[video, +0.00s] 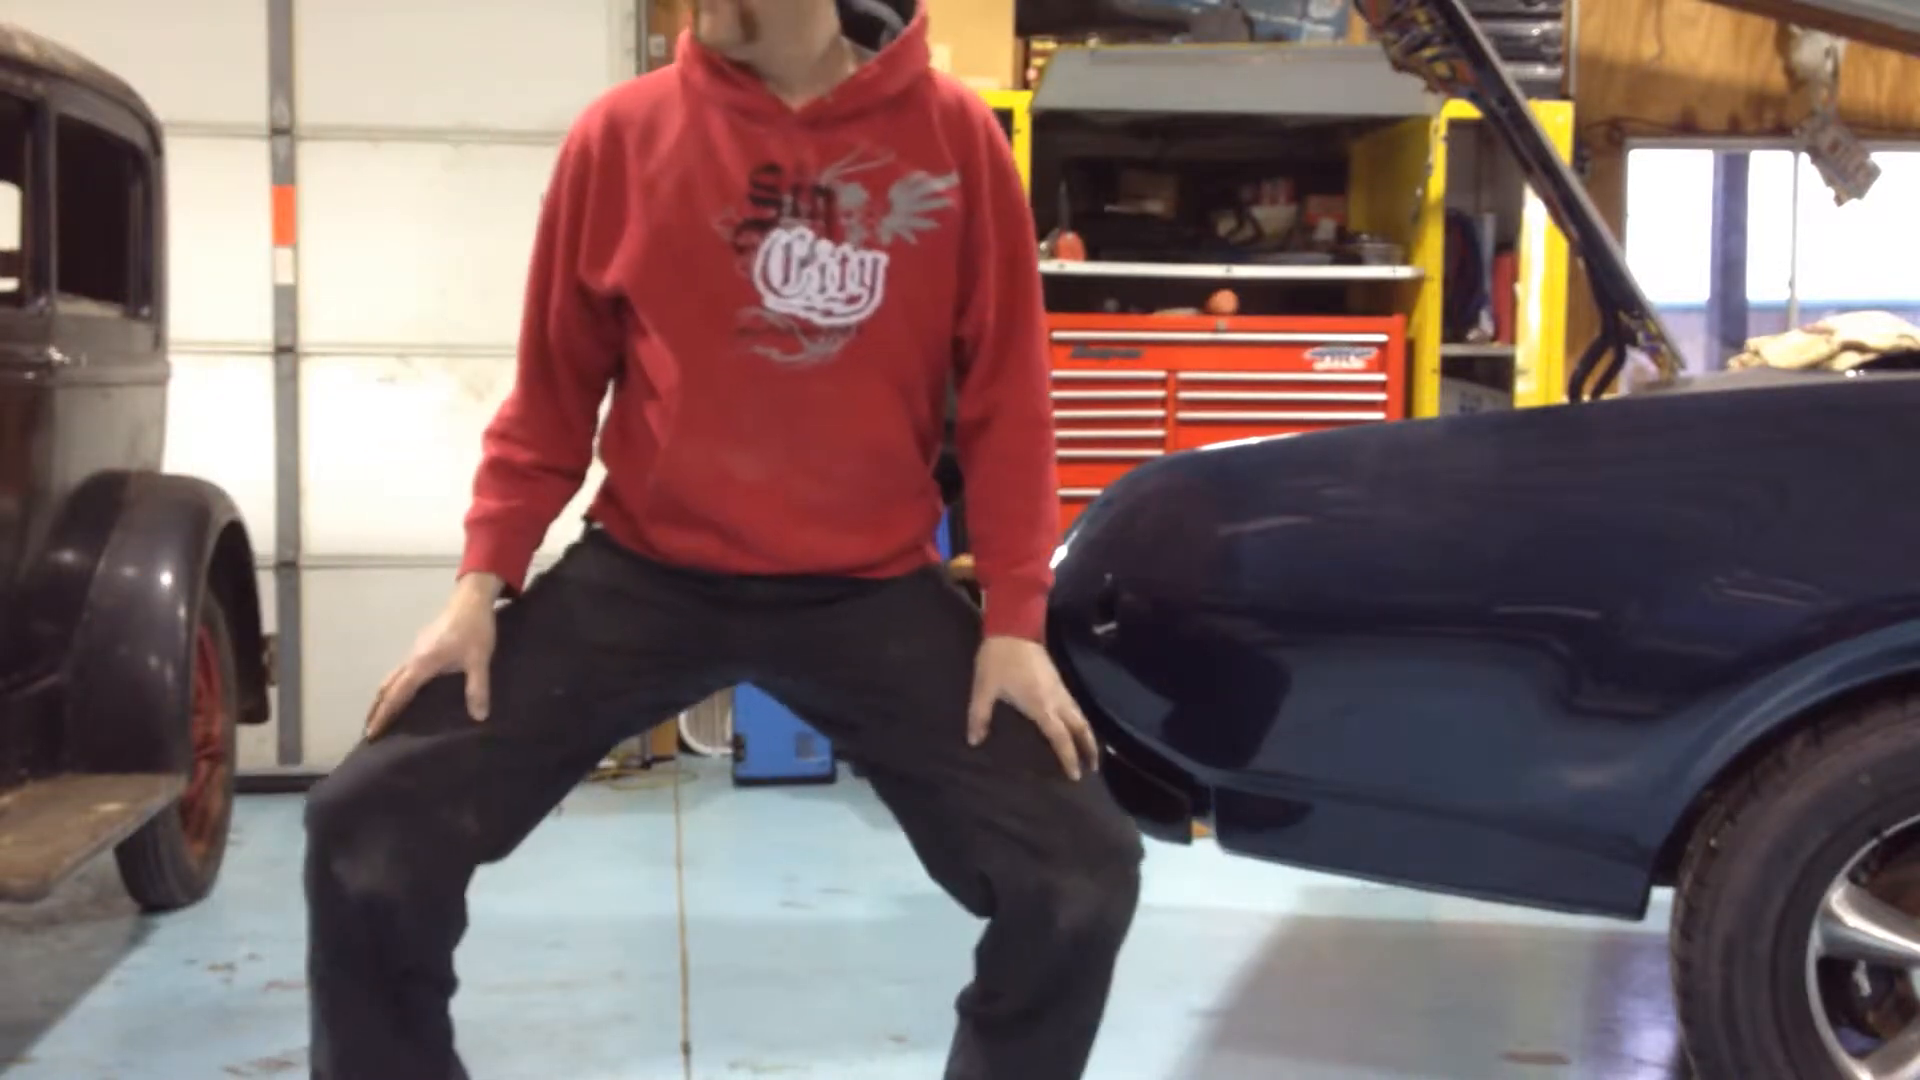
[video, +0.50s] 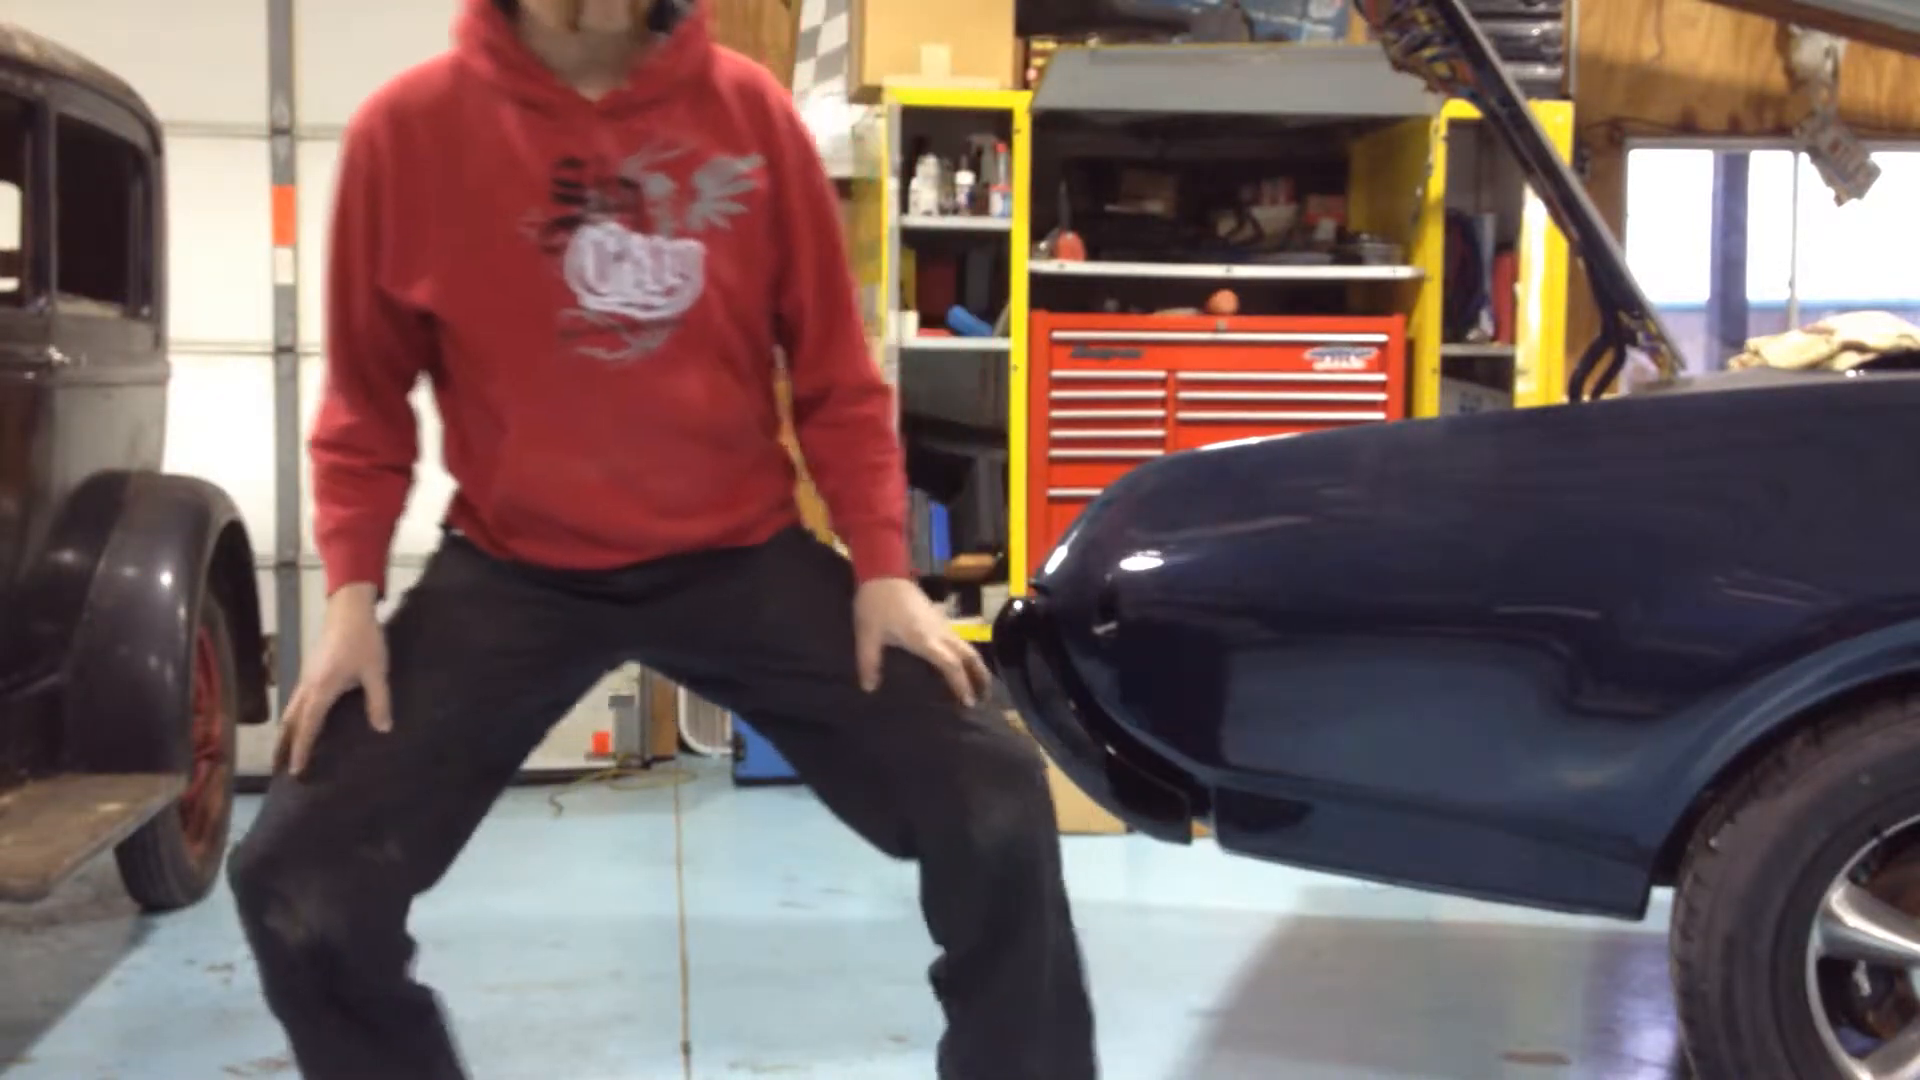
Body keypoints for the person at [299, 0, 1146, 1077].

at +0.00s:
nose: (705, 3)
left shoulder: (954, 135)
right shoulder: (624, 134)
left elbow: (1006, 389)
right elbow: (554, 384)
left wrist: (1016, 622)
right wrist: (480, 582)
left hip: (872, 595)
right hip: (643, 580)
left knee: (1081, 870)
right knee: (371, 825)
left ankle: (999, 1073)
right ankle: (393, 1072)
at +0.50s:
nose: (631, 8)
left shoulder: (749, 113)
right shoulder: (408, 132)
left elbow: (834, 363)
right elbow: (364, 386)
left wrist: (884, 567)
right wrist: (351, 593)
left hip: (740, 561)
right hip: (514, 571)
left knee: (990, 792)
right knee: (302, 877)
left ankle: (1022, 1062)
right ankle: (404, 1067)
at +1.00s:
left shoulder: (760, 103)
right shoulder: (427, 126)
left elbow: (854, 342)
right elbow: (390, 382)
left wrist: (905, 563)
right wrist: (366, 586)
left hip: (756, 561)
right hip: (528, 562)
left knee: (991, 821)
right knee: (302, 846)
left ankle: (979, 1071)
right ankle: (406, 1073)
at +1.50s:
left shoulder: (1011, 140)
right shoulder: (675, 123)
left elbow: (1068, 393)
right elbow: (603, 361)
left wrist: (1066, 611)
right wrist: (545, 556)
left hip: (916, 581)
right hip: (694, 562)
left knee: (1101, 862)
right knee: (423, 809)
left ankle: (985, 1075)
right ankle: (401, 1072)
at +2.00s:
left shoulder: (998, 137)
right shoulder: (666, 118)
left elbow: (1058, 395)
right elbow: (588, 358)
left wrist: (1059, 615)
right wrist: (526, 550)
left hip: (898, 577)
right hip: (675, 557)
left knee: (1088, 858)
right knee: (413, 809)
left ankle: (985, 1073)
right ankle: (371, 1069)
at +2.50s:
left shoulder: (713, 55)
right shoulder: (375, 41)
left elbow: (845, 254)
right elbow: (265, 272)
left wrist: (924, 465)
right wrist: (260, 497)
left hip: (651, 500)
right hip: (433, 513)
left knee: (876, 780)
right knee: (351, 896)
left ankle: (893, 1067)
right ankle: (413, 1073)